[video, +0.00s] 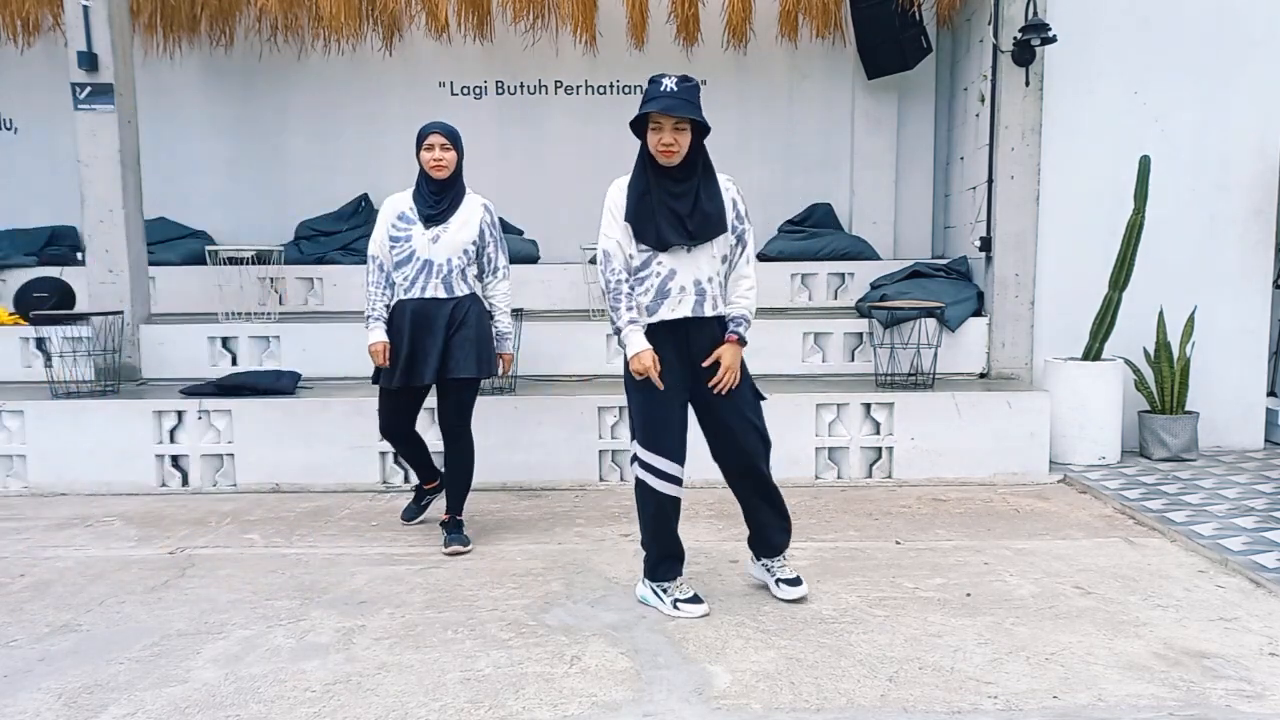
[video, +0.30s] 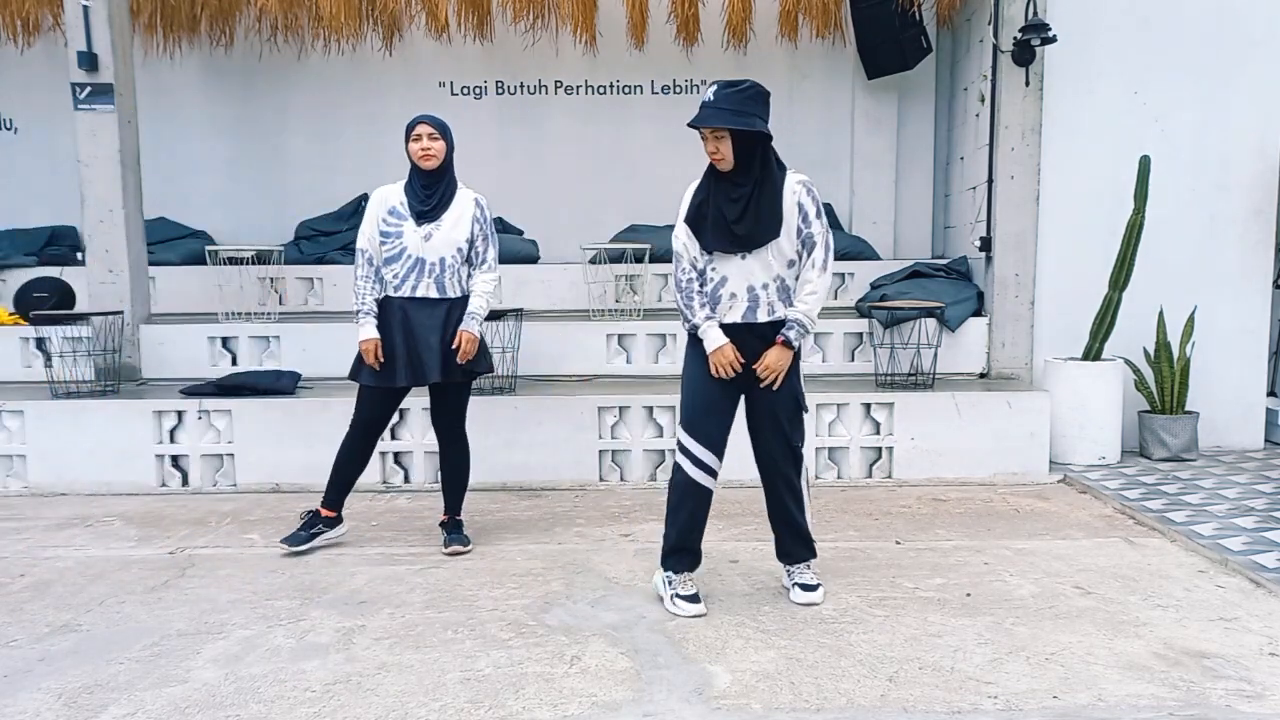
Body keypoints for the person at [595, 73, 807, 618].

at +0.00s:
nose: (668, 138)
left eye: (680, 128)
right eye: (659, 127)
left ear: (696, 132)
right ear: (643, 131)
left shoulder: (723, 191)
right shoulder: (624, 194)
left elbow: (744, 269)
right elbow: (614, 277)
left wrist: (736, 338)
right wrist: (635, 341)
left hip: (714, 337)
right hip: (653, 341)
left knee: (749, 446)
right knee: (659, 461)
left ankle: (770, 554)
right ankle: (660, 578)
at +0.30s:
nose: (710, 148)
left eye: (719, 137)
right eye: (705, 138)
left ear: (750, 136)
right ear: (702, 138)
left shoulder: (796, 193)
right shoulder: (699, 194)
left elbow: (818, 273)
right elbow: (685, 277)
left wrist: (789, 341)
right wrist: (713, 338)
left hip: (776, 342)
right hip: (712, 341)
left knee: (783, 460)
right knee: (697, 458)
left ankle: (797, 563)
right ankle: (678, 571)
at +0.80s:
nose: (766, 169)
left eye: (777, 158)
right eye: (757, 158)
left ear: (793, 163)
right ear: (741, 161)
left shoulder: (812, 221)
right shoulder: (713, 213)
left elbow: (826, 292)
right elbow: (685, 287)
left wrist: (784, 348)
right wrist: (708, 354)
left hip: (774, 352)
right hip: (710, 347)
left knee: (791, 453)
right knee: (663, 443)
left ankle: (800, 562)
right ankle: (621, 539)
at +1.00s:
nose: (711, 223)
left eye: (721, 212)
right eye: (700, 212)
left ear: (737, 214)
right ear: (687, 216)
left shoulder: (759, 267)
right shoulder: (664, 267)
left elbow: (782, 335)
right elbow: (642, 339)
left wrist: (739, 384)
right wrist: (670, 399)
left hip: (738, 392)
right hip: (671, 391)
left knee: (776, 465)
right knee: (620, 461)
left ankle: (799, 564)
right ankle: (583, 548)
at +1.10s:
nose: (658, 220)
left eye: (668, 209)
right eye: (648, 210)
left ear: (684, 211)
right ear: (634, 213)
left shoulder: (712, 255)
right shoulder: (616, 267)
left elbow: (747, 322)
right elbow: (612, 343)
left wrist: (714, 383)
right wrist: (647, 398)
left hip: (714, 387)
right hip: (647, 391)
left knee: (756, 462)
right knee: (600, 465)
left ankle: (796, 562)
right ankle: (584, 549)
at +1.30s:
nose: (599, 175)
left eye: (609, 164)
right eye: (589, 164)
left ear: (624, 165)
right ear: (574, 166)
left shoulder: (656, 207)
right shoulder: (566, 232)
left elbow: (691, 273)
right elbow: (573, 309)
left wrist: (683, 345)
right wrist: (608, 359)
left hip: (676, 346)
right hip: (613, 356)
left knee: (733, 441)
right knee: (588, 455)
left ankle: (797, 534)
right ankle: (581, 548)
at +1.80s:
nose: (617, 204)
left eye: (628, 194)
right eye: (608, 193)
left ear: (643, 194)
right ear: (593, 192)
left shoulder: (671, 230)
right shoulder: (573, 248)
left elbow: (727, 274)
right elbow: (552, 317)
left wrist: (721, 339)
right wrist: (579, 367)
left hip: (685, 362)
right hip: (616, 371)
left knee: (741, 440)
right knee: (582, 457)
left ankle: (790, 538)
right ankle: (582, 547)